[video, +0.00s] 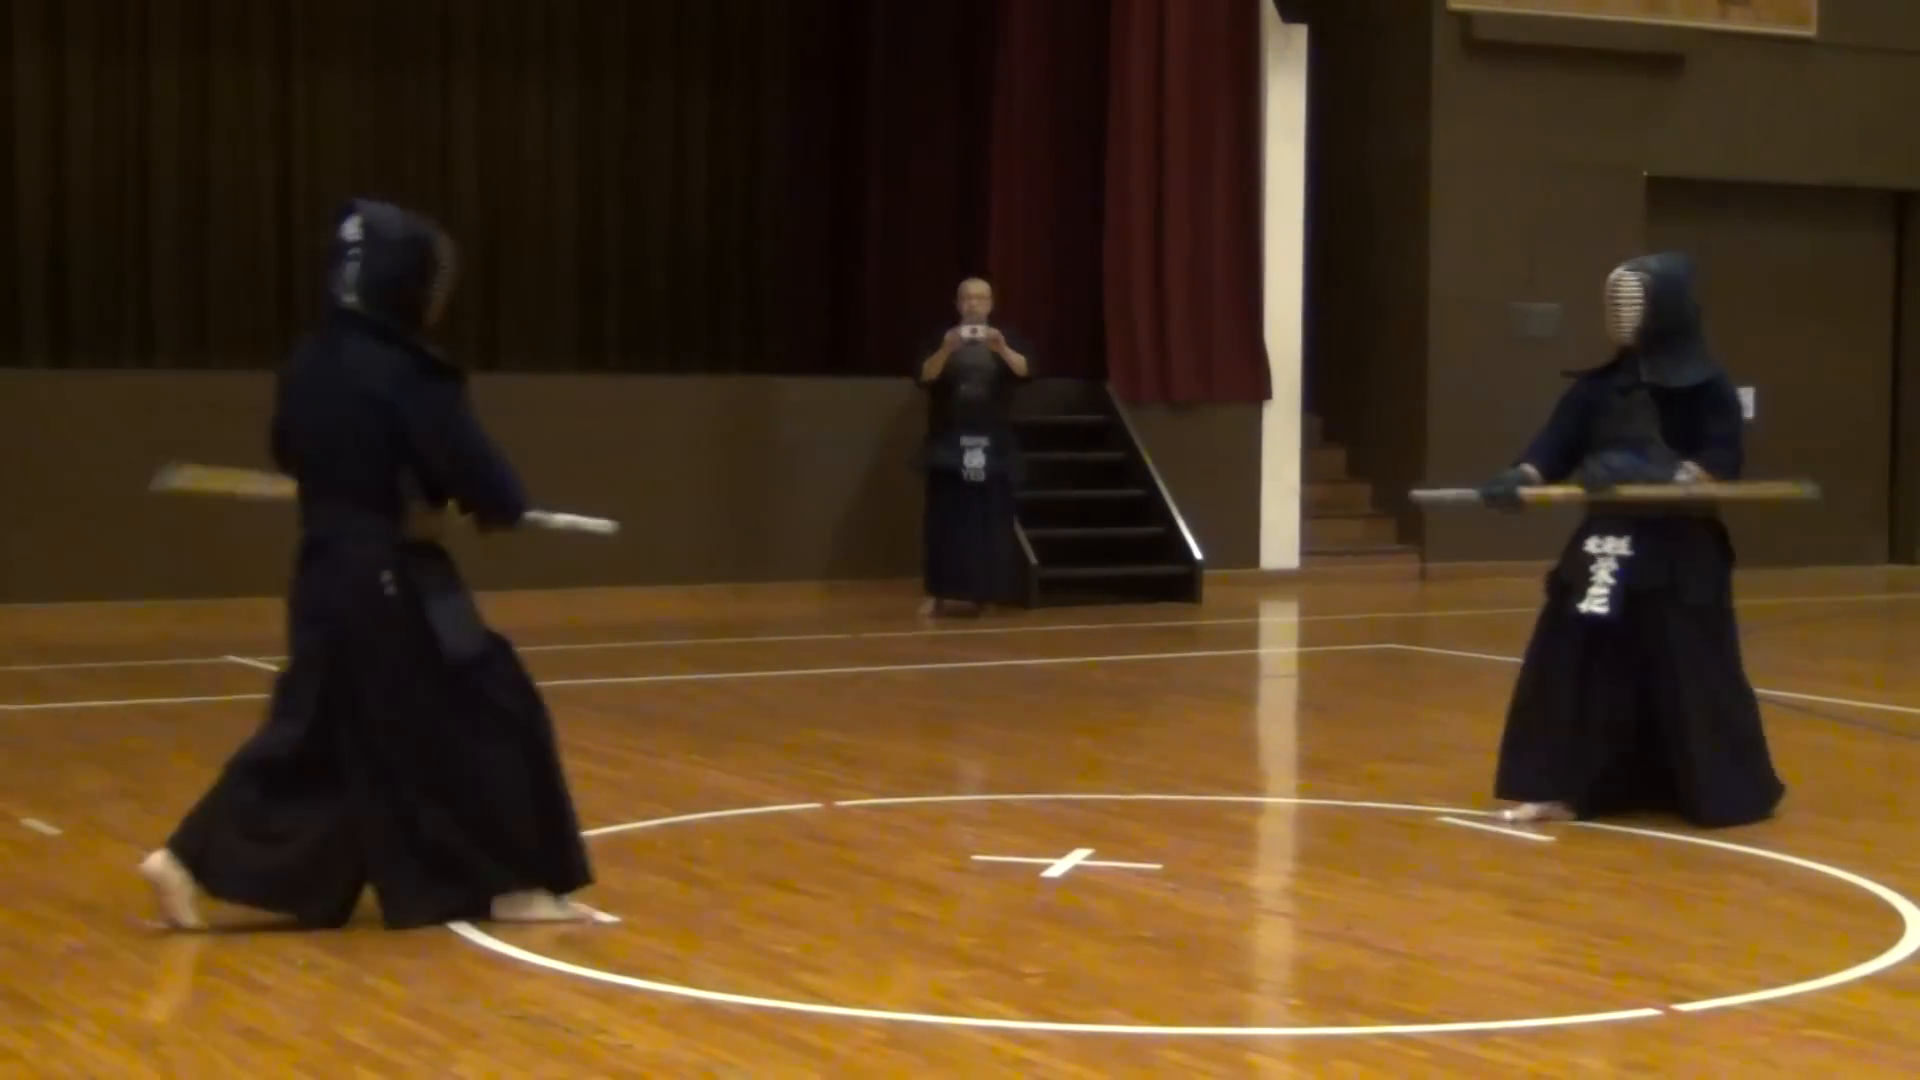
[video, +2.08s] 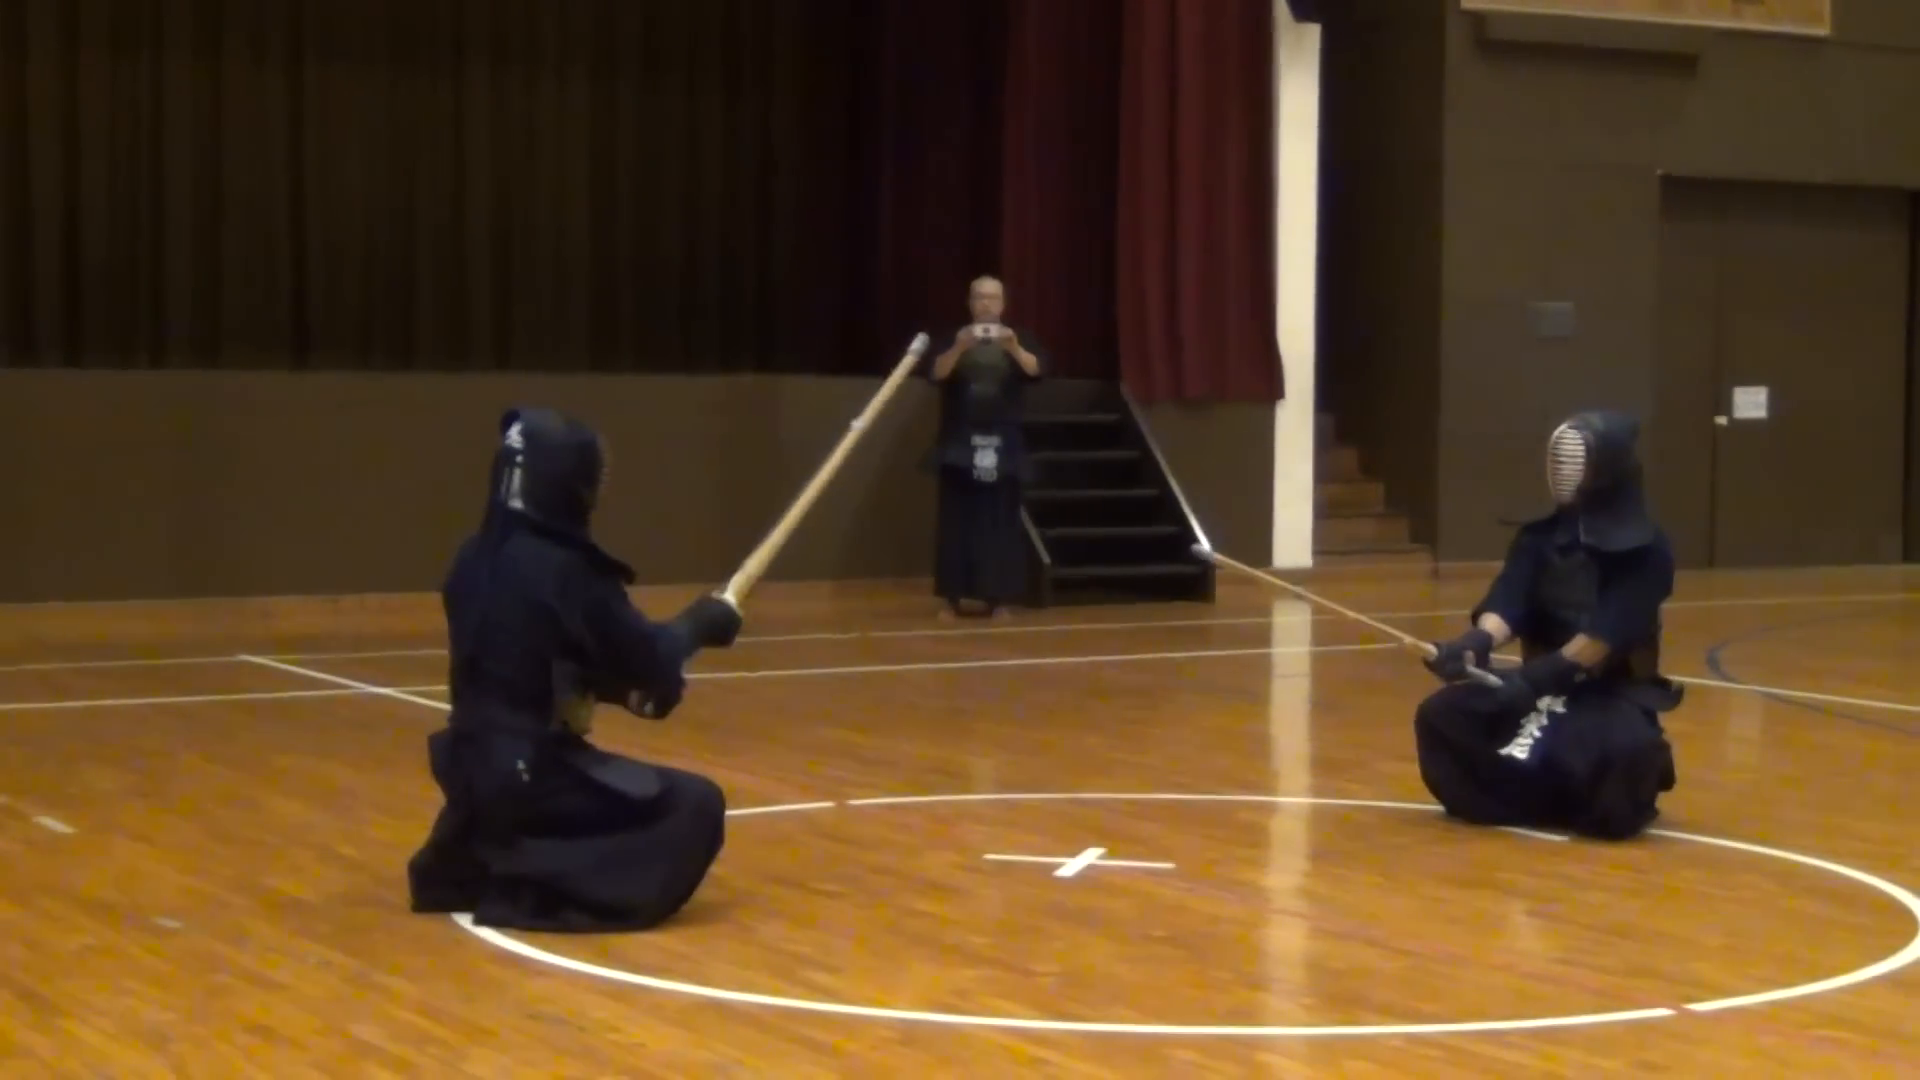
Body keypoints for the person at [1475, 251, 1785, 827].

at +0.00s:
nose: (1621, 315)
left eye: (1634, 304)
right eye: (1618, 303)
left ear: (1666, 309)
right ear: (1616, 308)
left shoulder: (1702, 384)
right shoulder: (1599, 385)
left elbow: (1723, 459)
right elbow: (1560, 443)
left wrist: (1660, 478)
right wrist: (1522, 474)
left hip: (1680, 538)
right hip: (1604, 535)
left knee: (1690, 656)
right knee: (1568, 650)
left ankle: (1728, 788)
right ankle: (1555, 789)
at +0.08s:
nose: (1596, 313)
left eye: (1608, 302)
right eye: (1592, 301)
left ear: (1643, 306)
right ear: (1589, 305)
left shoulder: (1681, 383)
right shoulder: (1577, 381)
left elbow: (1684, 467)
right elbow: (1527, 442)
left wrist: (1607, 450)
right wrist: (1490, 477)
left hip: (1659, 536)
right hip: (1585, 532)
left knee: (1662, 655)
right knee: (1553, 650)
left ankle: (1717, 784)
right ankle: (1541, 788)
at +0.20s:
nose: (1573, 308)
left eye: (1586, 296)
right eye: (1568, 296)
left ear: (1619, 299)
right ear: (1566, 301)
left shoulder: (1661, 376)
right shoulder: (1563, 370)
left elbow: (1642, 461)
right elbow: (1522, 435)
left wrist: (1560, 452)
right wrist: (1469, 470)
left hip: (1638, 536)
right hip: (1570, 533)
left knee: (1634, 659)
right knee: (1542, 651)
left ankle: (1655, 790)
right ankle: (1544, 786)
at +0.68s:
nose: (1546, 351)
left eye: (1559, 340)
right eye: (1543, 340)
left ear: (1593, 345)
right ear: (1541, 343)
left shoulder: (1635, 421)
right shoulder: (1532, 417)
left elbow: (1599, 499)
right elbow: (1493, 469)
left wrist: (1523, 537)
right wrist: (1456, 492)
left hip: (1617, 578)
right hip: (1546, 573)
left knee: (1597, 673)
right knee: (1497, 664)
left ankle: (1594, 807)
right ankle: (1496, 797)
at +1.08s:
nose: (1544, 420)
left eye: (1556, 409)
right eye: (1540, 408)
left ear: (1591, 415)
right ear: (1534, 412)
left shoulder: (1625, 494)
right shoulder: (1527, 488)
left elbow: (1584, 573)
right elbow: (1491, 543)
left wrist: (1511, 615)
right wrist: (1452, 571)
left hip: (1607, 642)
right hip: (1525, 635)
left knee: (1604, 721)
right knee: (1449, 706)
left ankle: (1604, 811)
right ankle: (1493, 805)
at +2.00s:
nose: (1563, 468)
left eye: (1576, 458)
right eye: (1561, 457)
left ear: (1611, 465)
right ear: (1555, 460)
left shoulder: (1649, 548)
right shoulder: (1544, 534)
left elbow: (1607, 639)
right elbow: (1513, 603)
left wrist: (1531, 681)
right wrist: (1478, 641)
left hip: (1613, 696)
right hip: (1538, 682)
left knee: (1629, 752)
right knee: (1447, 716)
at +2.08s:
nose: (1559, 471)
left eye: (1572, 459)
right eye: (1556, 459)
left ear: (1606, 467)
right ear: (1549, 462)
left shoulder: (1642, 548)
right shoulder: (1538, 537)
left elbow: (1602, 641)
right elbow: (1508, 604)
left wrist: (1528, 683)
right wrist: (1474, 642)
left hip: (1610, 699)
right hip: (1534, 685)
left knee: (1626, 750)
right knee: (1441, 717)